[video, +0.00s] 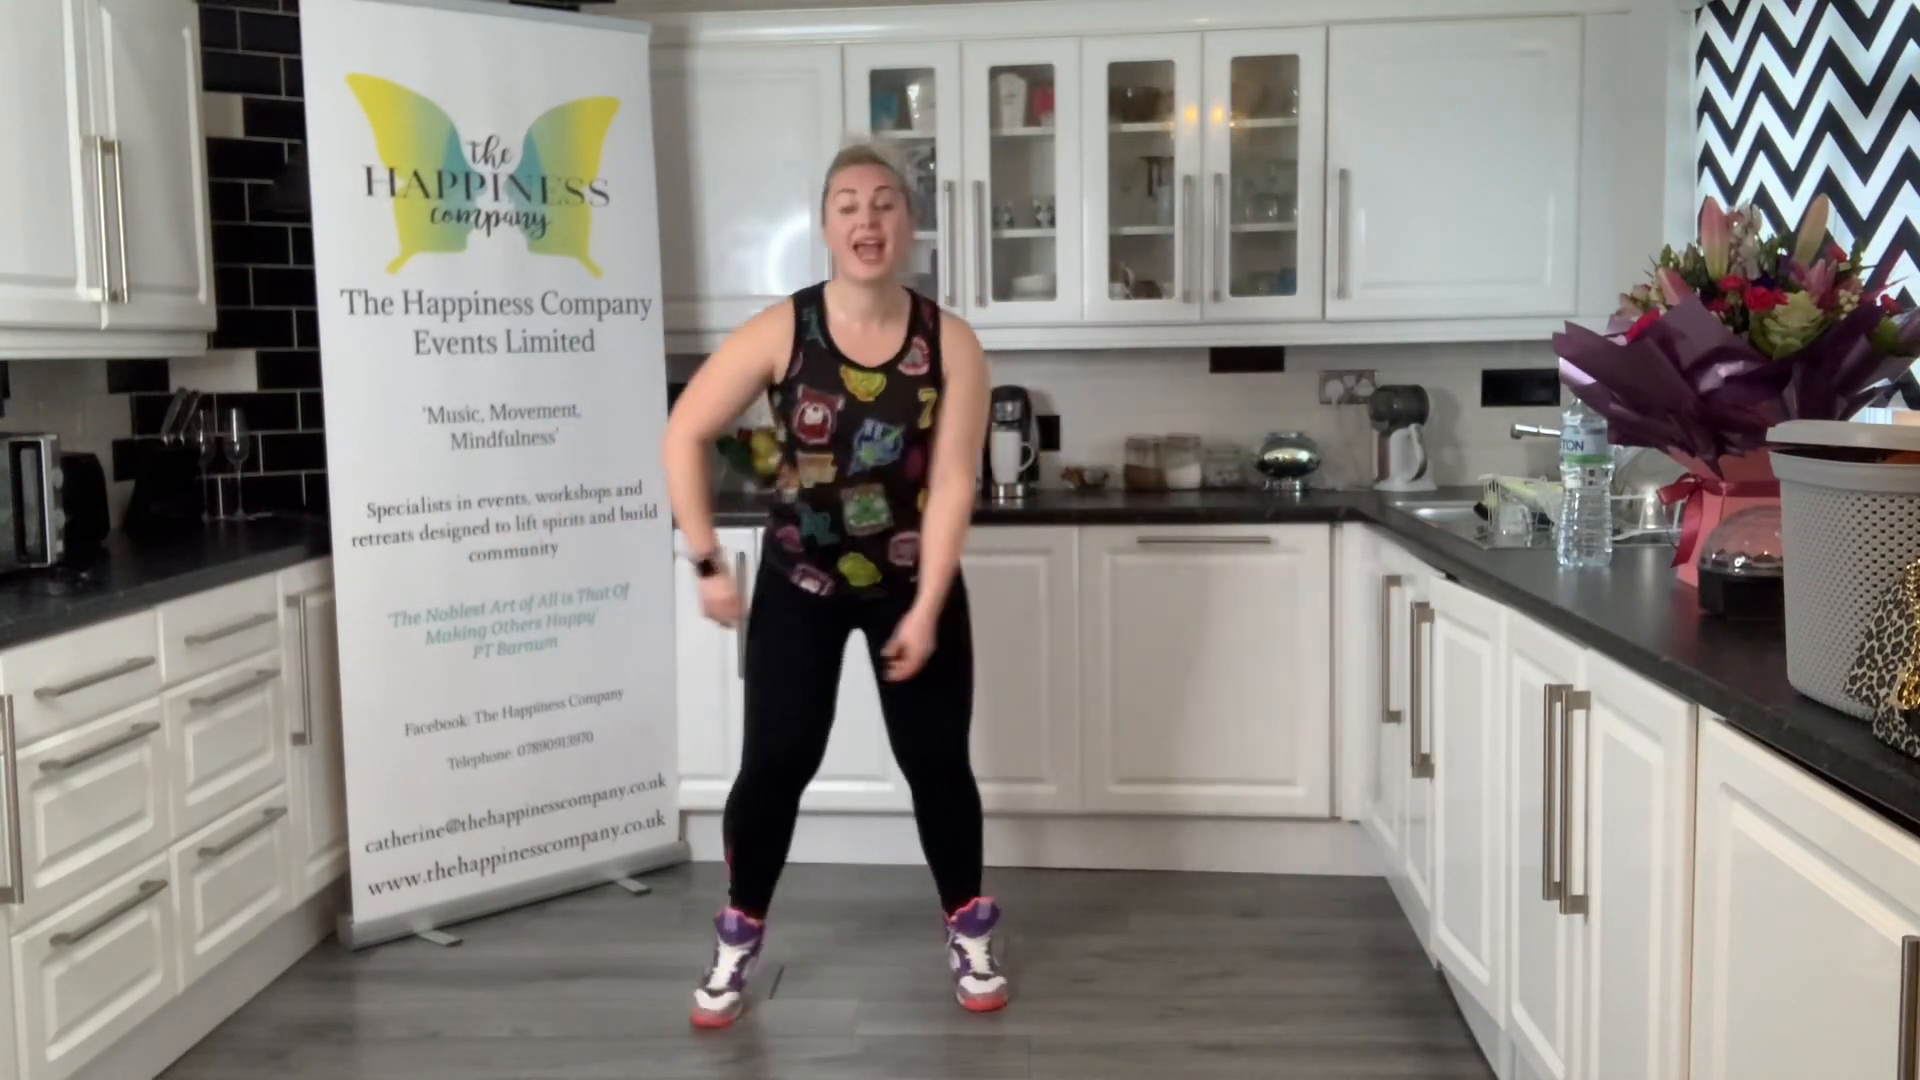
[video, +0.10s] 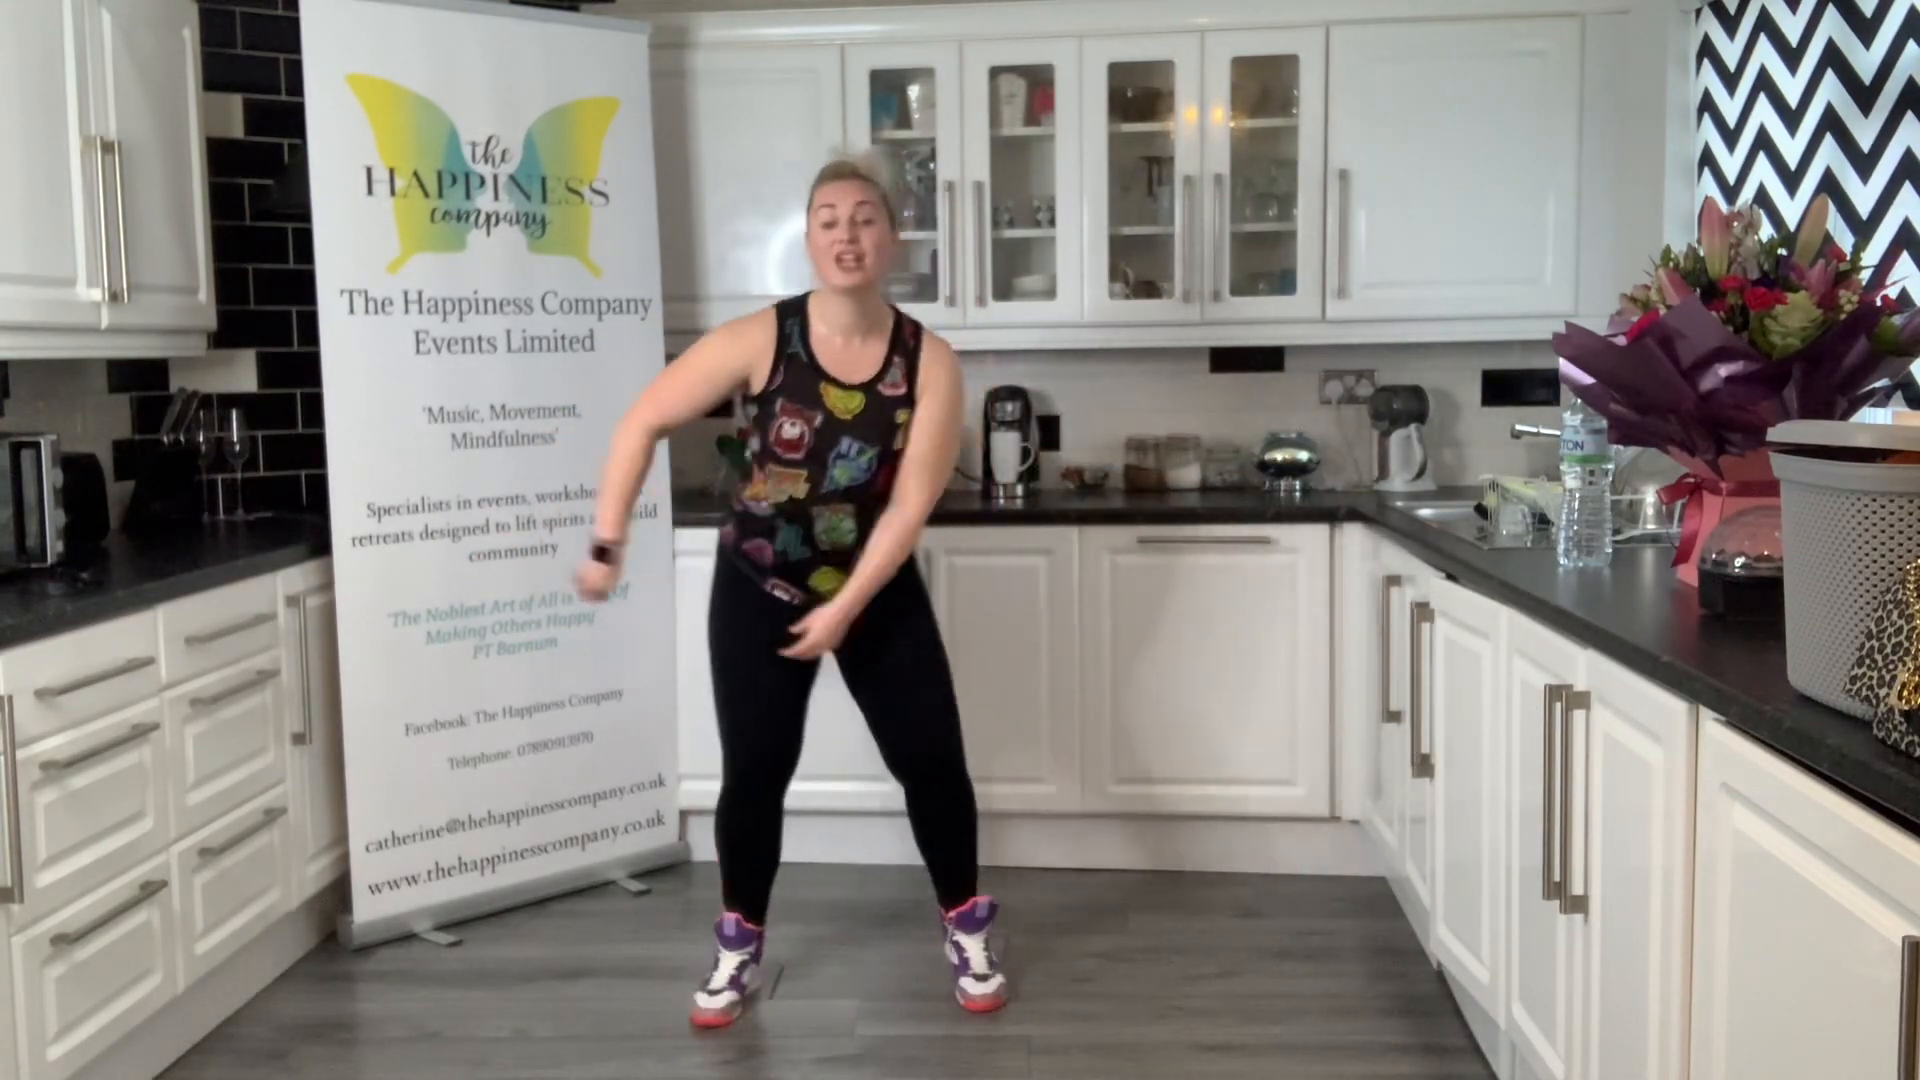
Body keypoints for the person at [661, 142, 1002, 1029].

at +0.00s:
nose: (867, 221)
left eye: (883, 205)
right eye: (849, 207)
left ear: (911, 222)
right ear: (824, 227)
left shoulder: (951, 344)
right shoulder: (782, 330)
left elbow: (954, 486)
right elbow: (686, 432)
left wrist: (927, 604)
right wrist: (707, 560)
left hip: (914, 579)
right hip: (801, 581)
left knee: (938, 764)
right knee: (776, 763)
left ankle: (969, 932)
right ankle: (740, 938)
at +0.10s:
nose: (845, 233)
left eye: (863, 218)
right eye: (828, 220)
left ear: (892, 239)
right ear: (807, 242)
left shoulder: (929, 360)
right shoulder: (759, 339)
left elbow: (913, 502)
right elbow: (644, 420)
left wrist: (848, 605)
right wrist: (607, 540)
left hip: (879, 578)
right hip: (761, 583)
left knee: (932, 759)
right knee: (755, 771)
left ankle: (967, 925)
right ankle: (739, 945)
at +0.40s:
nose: (800, 237)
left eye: (819, 221)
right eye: (783, 221)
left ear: (847, 239)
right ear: (761, 237)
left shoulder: (885, 358)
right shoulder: (712, 335)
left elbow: (872, 497)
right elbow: (627, 404)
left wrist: (771, 512)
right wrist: (554, 433)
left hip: (824, 581)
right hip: (713, 579)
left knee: (850, 754)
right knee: (730, 765)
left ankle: (815, 930)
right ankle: (735, 946)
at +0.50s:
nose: (796, 236)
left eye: (814, 219)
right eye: (778, 220)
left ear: (840, 236)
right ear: (754, 237)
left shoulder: (882, 354)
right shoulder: (711, 339)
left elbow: (872, 491)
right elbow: (634, 425)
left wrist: (785, 507)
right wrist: (556, 455)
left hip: (819, 599)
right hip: (710, 593)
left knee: (810, 780)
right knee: (727, 774)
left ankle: (787, 953)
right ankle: (734, 948)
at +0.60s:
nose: (792, 251)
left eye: (809, 236)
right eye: (774, 236)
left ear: (836, 256)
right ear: (749, 257)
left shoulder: (876, 367)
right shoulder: (706, 359)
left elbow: (872, 508)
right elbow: (627, 449)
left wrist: (786, 527)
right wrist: (540, 490)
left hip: (819, 590)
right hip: (708, 588)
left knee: (867, 746)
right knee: (720, 770)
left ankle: (812, 934)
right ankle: (733, 946)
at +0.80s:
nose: (801, 234)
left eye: (817, 218)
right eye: (782, 220)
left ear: (842, 235)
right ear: (755, 242)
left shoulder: (886, 347)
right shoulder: (718, 352)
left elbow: (890, 499)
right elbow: (655, 470)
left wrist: (826, 602)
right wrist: (585, 572)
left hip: (847, 573)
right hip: (733, 580)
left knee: (934, 727)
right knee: (739, 763)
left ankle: (937, 904)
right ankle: (736, 945)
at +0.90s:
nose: (795, 227)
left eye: (815, 210)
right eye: (781, 213)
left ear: (850, 224)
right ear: (765, 233)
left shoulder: (901, 332)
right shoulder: (735, 342)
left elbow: (919, 476)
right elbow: (711, 480)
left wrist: (916, 604)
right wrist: (687, 600)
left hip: (879, 584)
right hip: (763, 589)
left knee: (921, 765)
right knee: (755, 770)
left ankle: (974, 926)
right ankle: (738, 946)